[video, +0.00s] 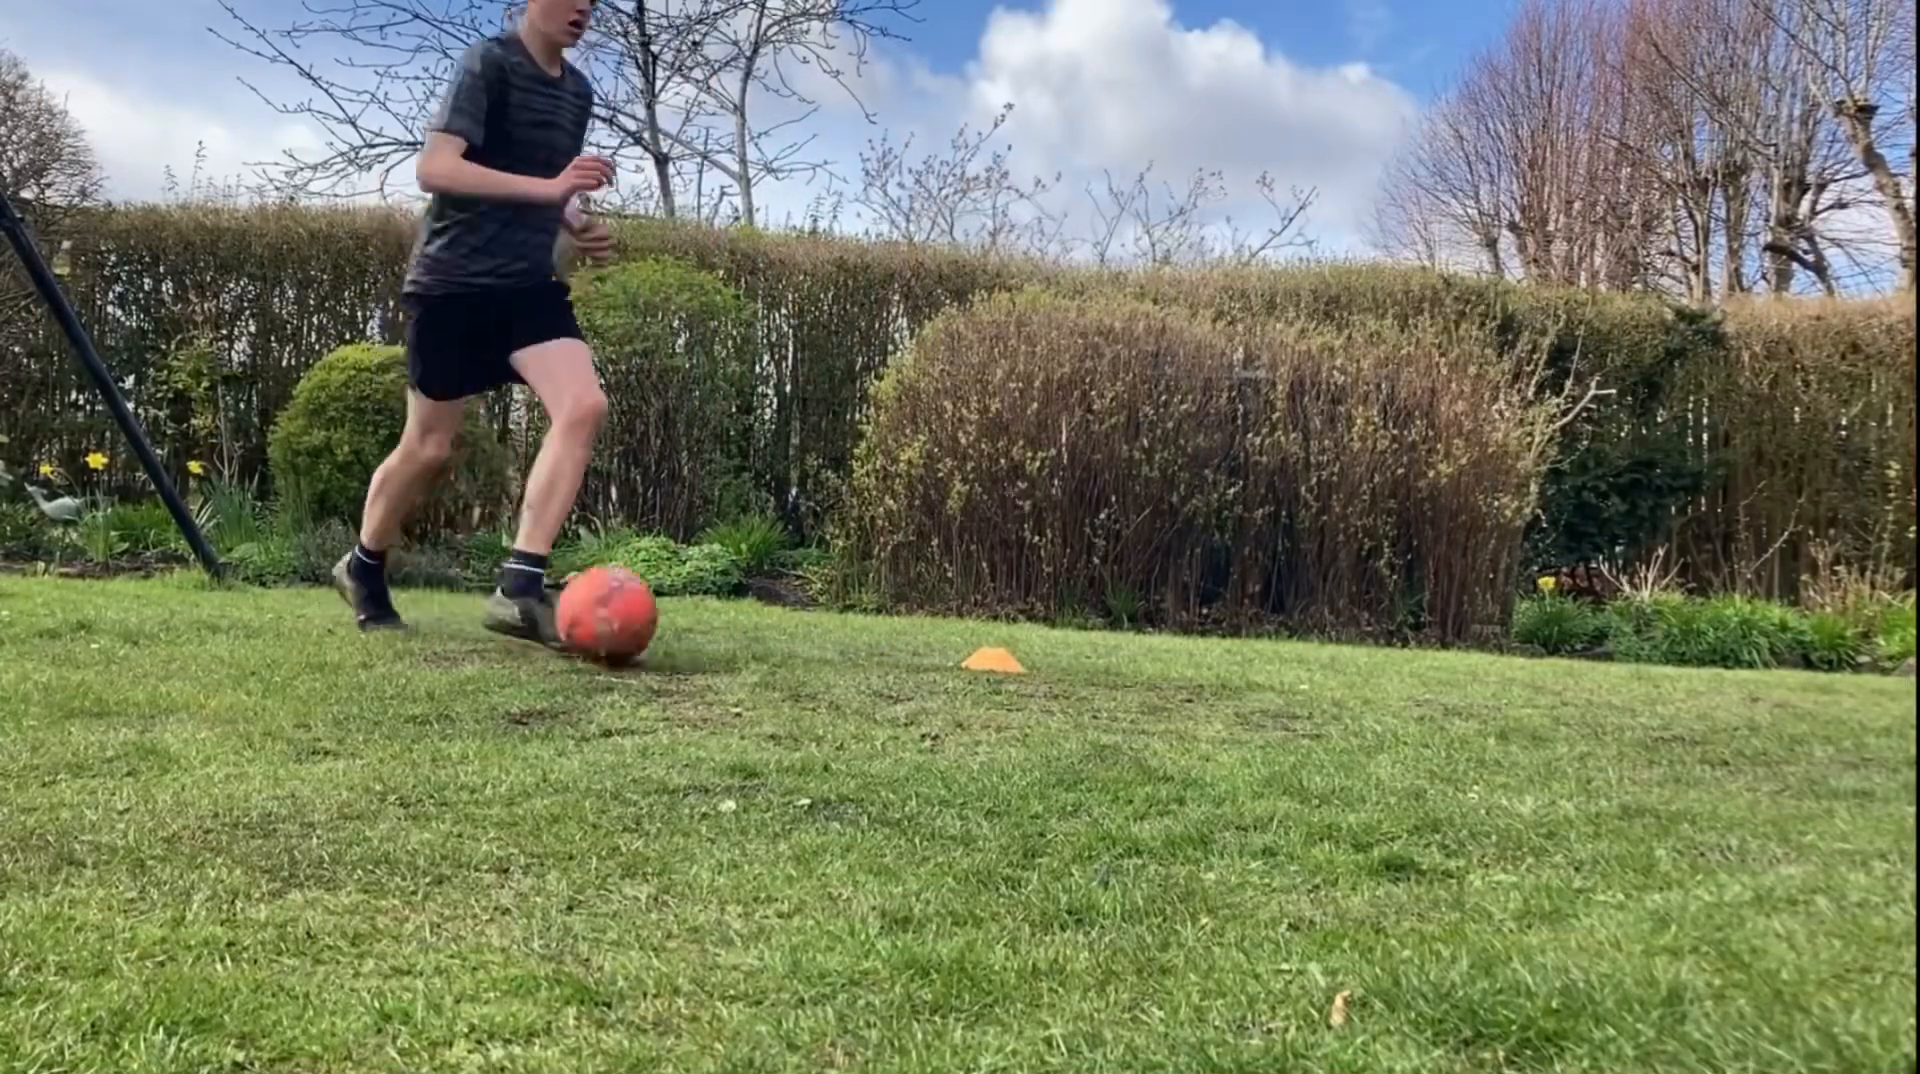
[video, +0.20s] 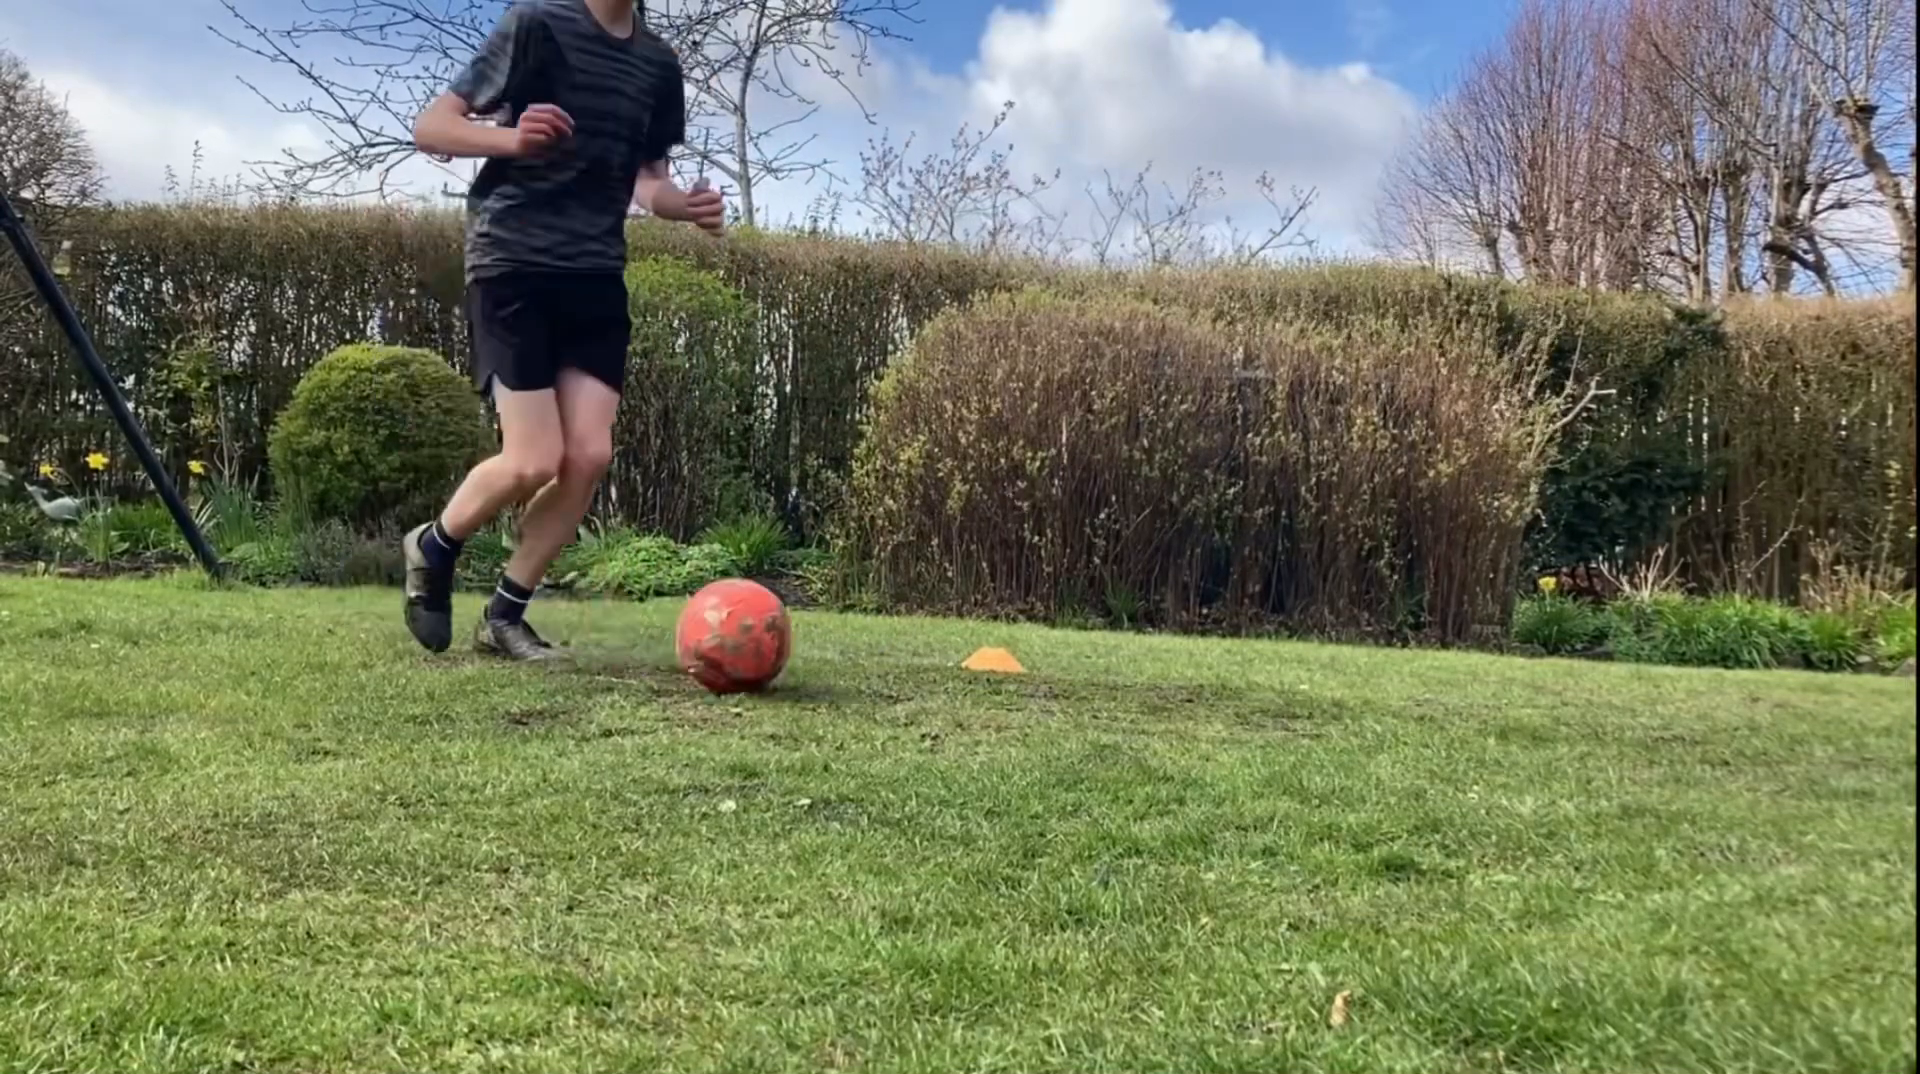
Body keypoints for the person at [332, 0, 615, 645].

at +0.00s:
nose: (582, 11)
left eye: (587, 3)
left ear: (586, 13)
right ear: (530, 1)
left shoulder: (576, 90)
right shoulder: (488, 63)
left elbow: (546, 186)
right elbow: (435, 167)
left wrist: (576, 226)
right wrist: (548, 187)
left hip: (529, 287)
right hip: (450, 286)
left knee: (582, 406)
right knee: (427, 448)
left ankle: (521, 585)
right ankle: (363, 565)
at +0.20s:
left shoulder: (660, 64)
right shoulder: (533, 27)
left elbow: (648, 178)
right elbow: (430, 127)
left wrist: (683, 204)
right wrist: (510, 137)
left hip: (596, 271)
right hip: (510, 263)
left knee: (590, 456)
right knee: (535, 460)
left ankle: (506, 613)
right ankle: (434, 547)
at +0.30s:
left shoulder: (707, 12)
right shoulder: (550, 4)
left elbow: (707, 130)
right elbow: (453, 62)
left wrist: (740, 152)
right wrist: (491, 92)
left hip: (640, 235)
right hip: (554, 214)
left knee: (597, 426)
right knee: (605, 399)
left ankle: (520, 589)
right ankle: (531, 595)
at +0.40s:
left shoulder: (749, 6)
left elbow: (754, 71)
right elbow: (498, 29)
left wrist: (780, 109)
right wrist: (540, 65)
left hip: (702, 188)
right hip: (607, 171)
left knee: (639, 398)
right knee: (660, 380)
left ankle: (580, 539)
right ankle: (656, 636)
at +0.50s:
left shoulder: (785, 3)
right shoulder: (609, 1)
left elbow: (781, 70)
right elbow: (552, 71)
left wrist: (817, 139)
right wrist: (636, 69)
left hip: (759, 202)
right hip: (657, 194)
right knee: (721, 402)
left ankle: (680, 486)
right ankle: (706, 661)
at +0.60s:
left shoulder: (821, 6)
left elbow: (814, 75)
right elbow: (642, 46)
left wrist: (867, 162)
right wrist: (761, 1)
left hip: (815, 181)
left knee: (918, 348)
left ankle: (790, 515)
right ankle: (711, 660)